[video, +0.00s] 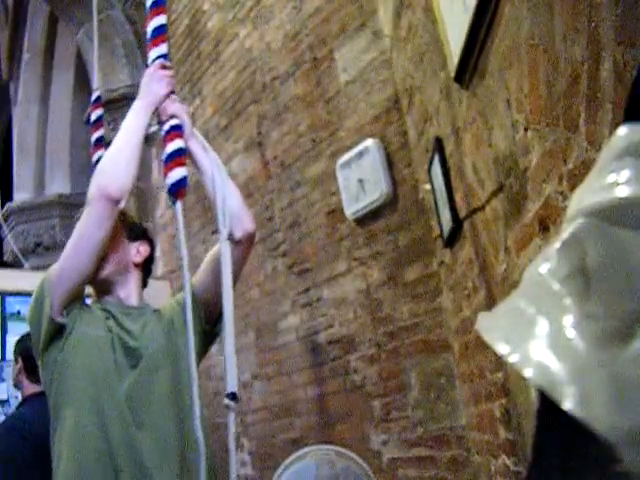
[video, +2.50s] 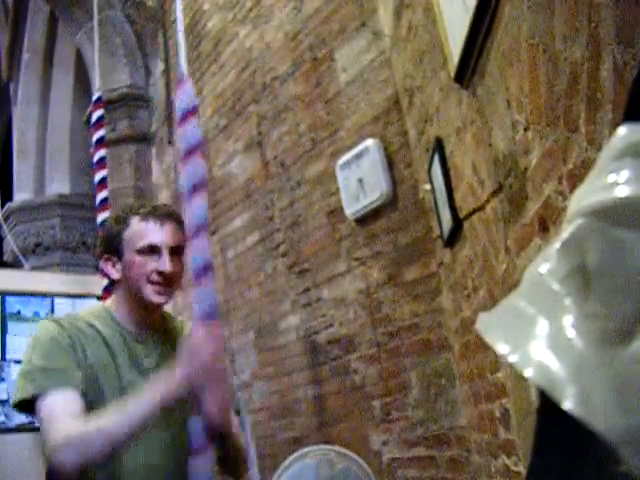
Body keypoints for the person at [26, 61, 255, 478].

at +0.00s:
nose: (96, 241)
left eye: (110, 233)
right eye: (96, 233)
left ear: (140, 251)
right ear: (83, 249)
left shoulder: (178, 325)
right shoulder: (61, 325)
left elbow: (240, 231)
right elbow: (107, 194)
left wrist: (189, 136)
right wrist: (144, 104)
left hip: (173, 470)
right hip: (85, 470)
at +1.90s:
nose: (148, 239)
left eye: (155, 231)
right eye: (137, 232)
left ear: (163, 244)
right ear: (108, 242)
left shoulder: (184, 331)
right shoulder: (65, 325)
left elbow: (251, 280)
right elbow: (126, 237)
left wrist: (193, 191)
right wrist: (142, 154)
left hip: (185, 471)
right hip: (94, 471)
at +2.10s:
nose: (153, 246)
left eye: (159, 235)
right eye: (136, 233)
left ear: (168, 249)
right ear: (97, 255)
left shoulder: (177, 326)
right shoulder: (58, 318)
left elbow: (252, 328)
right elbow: (127, 280)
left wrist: (200, 220)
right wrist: (149, 183)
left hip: (178, 471)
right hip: (90, 471)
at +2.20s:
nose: (152, 242)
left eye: (158, 235)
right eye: (135, 233)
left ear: (169, 251)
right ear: (104, 258)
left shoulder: (178, 334)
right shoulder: (53, 322)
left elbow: (252, 362)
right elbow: (119, 315)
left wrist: (204, 241)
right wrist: (157, 207)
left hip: (176, 472)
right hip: (85, 472)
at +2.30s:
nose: (160, 251)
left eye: (165, 241)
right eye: (143, 240)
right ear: (108, 259)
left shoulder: (180, 332)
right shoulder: (56, 321)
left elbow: (243, 402)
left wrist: (212, 280)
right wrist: (165, 243)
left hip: (175, 473)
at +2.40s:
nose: (163, 261)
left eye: (170, 248)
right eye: (148, 246)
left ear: (179, 256)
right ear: (111, 261)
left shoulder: (185, 332)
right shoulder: (60, 326)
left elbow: (237, 441)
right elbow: (86, 412)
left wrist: (217, 346)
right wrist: (170, 303)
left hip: (175, 473)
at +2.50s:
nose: (167, 267)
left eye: (175, 253)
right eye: (149, 252)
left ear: (184, 262)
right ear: (113, 266)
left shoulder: (190, 340)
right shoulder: (61, 337)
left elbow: (239, 467)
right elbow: (65, 452)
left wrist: (221, 423)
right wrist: (180, 375)